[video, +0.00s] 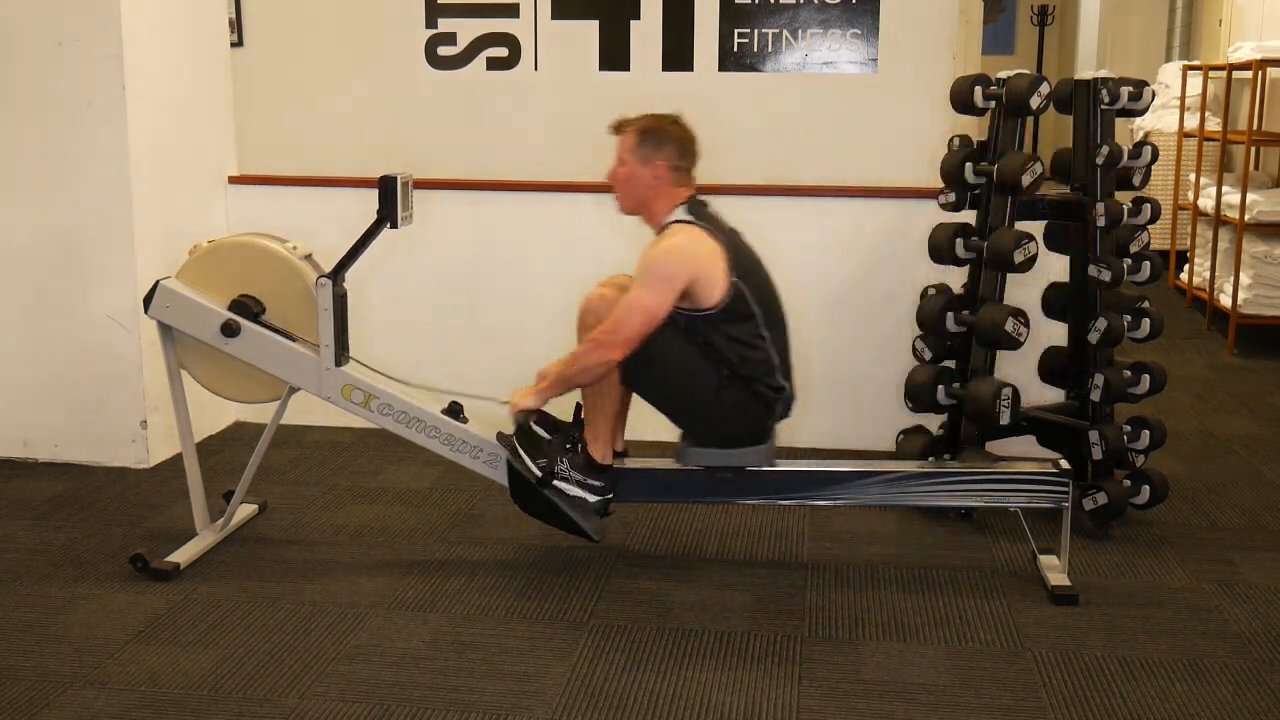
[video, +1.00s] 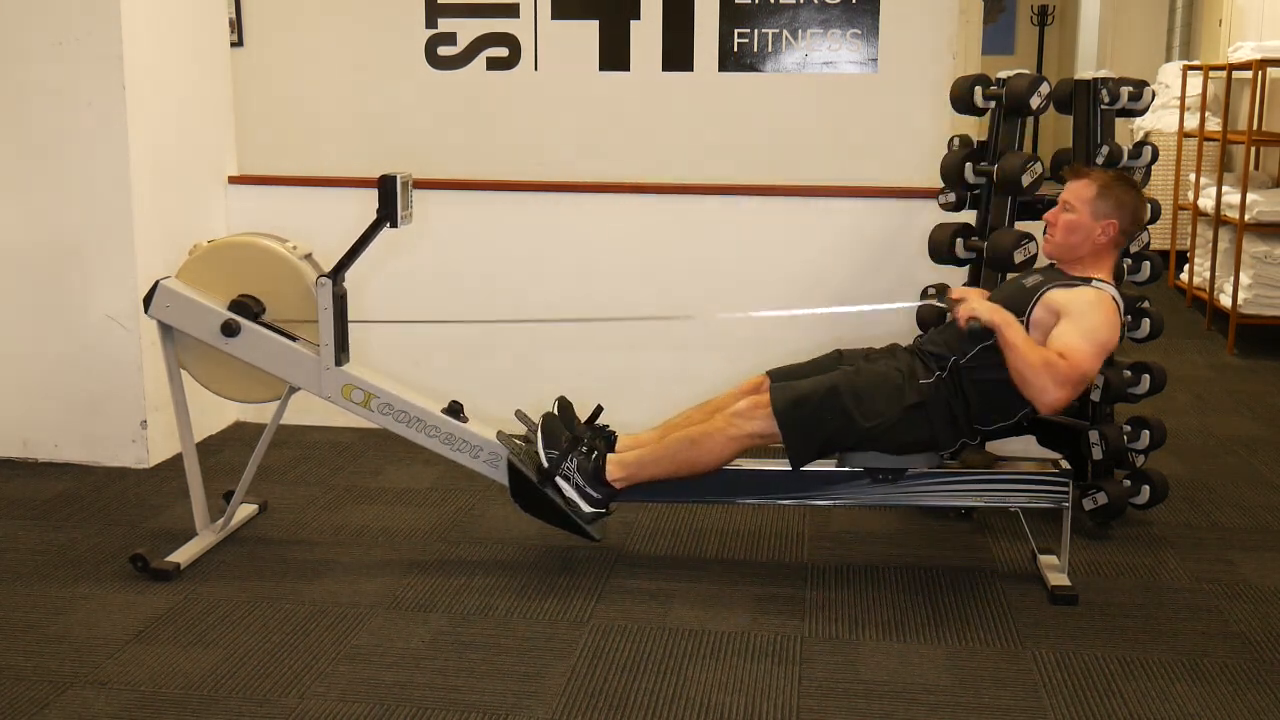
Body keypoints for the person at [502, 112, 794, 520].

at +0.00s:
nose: (610, 178)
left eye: (621, 164)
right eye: (615, 164)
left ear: (658, 173)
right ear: (661, 173)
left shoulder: (678, 246)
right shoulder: (694, 227)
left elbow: (611, 349)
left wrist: (542, 393)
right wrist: (563, 371)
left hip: (736, 418)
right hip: (747, 407)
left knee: (601, 304)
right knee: (617, 290)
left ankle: (595, 464)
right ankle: (607, 445)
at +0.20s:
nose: (576, 171)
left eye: (587, 161)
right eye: (581, 160)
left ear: (621, 175)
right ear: (623, 177)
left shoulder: (634, 240)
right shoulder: (656, 224)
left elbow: (535, 315)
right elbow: (554, 299)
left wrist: (460, 354)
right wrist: (475, 345)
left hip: (703, 414)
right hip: (716, 405)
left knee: (575, 308)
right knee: (587, 295)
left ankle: (593, 455)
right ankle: (604, 438)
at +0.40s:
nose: (661, 153)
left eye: (674, 144)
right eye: (669, 142)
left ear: (710, 157)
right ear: (709, 159)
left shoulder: (714, 226)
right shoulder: (717, 217)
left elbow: (597, 268)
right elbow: (611, 242)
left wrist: (508, 279)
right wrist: (526, 264)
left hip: (766, 406)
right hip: (764, 392)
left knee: (626, 310)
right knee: (631, 295)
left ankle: (594, 463)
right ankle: (600, 439)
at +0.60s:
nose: (822, 140)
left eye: (836, 131)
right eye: (829, 129)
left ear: (872, 149)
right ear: (867, 148)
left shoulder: (865, 223)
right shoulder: (852, 215)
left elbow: (759, 281)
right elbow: (756, 257)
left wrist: (665, 299)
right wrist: (672, 280)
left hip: (870, 399)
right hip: (855, 379)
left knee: (704, 350)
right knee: (702, 338)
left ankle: (595, 473)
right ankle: (602, 452)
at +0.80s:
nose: (986, 161)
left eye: (1002, 152)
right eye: (992, 149)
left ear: (1043, 174)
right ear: (1026, 170)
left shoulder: (1025, 245)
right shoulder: (998, 236)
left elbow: (926, 300)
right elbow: (912, 267)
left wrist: (832, 283)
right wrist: (831, 269)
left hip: (923, 396)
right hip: (902, 370)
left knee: (745, 409)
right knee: (739, 386)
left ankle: (596, 482)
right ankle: (605, 459)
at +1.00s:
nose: (1050, 218)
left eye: (1066, 210)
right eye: (1057, 205)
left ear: (1105, 232)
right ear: (1090, 227)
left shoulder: (1093, 302)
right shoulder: (1057, 283)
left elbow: (1055, 391)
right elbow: (1016, 345)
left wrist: (998, 317)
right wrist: (975, 305)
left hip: (930, 394)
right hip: (911, 370)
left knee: (757, 418)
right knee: (755, 394)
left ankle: (598, 486)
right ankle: (605, 459)